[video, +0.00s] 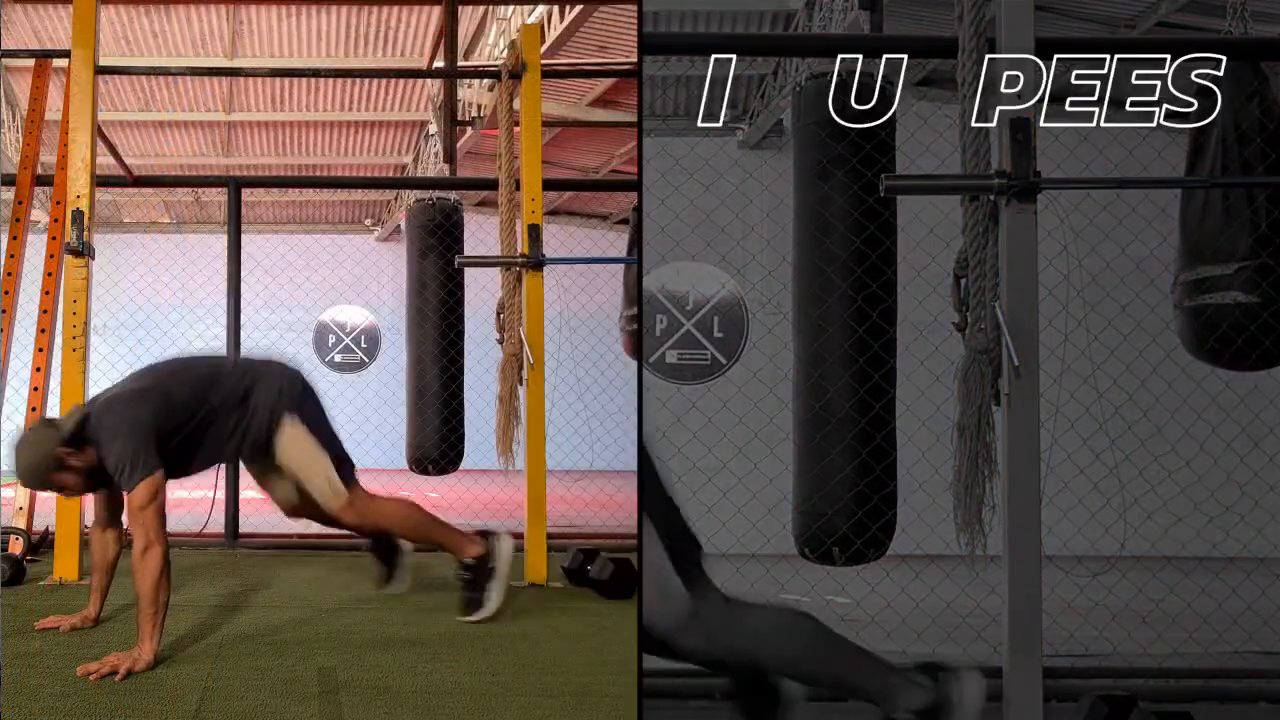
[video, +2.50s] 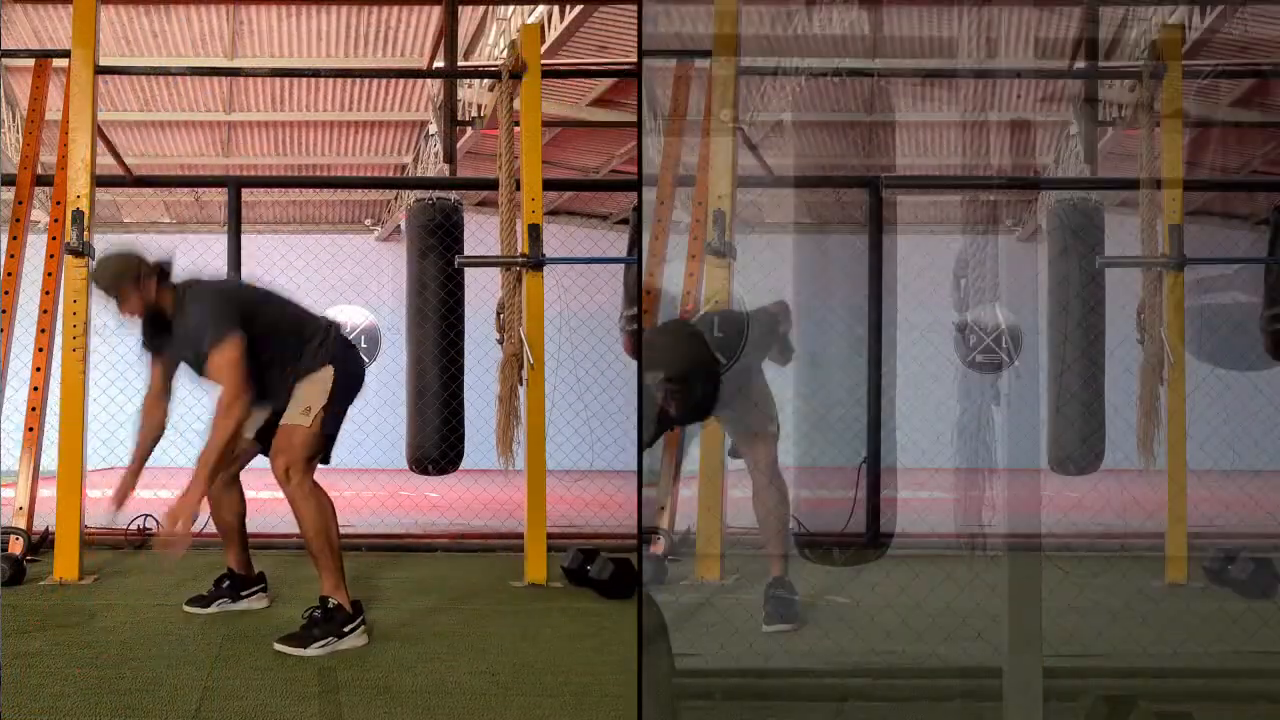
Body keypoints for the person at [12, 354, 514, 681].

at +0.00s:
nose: (69, 493)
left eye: (61, 484)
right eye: (58, 489)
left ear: (69, 459)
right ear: (65, 459)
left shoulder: (126, 432)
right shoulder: (90, 440)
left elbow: (150, 546)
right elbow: (106, 528)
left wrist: (145, 647)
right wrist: (92, 610)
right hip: (243, 423)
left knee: (344, 502)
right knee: (294, 502)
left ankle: (478, 548)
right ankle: (384, 531)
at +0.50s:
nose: (111, 282)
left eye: (112, 268)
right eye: (106, 272)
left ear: (139, 254)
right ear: (134, 259)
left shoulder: (196, 286)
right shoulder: (161, 305)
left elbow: (235, 374)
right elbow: (161, 382)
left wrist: (199, 461)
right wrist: (131, 455)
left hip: (317, 361)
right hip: (269, 377)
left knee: (278, 468)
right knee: (211, 468)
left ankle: (336, 608)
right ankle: (242, 578)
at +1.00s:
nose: (137, 172)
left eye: (140, 157)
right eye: (128, 162)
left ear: (171, 138)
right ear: (128, 161)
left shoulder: (234, 176)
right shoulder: (183, 205)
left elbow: (283, 261)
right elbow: (211, 282)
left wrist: (251, 344)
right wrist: (186, 355)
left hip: (283, 337)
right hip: (238, 342)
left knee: (291, 462)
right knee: (224, 460)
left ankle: (336, 606)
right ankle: (244, 575)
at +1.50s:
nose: (112, 496)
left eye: (108, 488)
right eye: (103, 493)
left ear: (115, 462)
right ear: (109, 456)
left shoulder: (158, 437)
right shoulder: (118, 433)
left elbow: (172, 553)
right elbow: (121, 531)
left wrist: (146, 651)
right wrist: (93, 613)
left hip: (284, 332)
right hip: (253, 351)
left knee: (303, 464)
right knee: (248, 464)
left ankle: (389, 575)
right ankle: (312, 541)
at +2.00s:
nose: (56, 491)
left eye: (50, 482)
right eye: (46, 486)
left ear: (61, 455)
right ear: (56, 452)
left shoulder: (123, 432)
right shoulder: (82, 439)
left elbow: (149, 546)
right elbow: (101, 526)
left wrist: (145, 649)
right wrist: (91, 608)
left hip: (269, 407)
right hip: (242, 433)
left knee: (348, 509)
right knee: (295, 506)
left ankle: (484, 552)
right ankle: (392, 535)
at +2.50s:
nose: (123, 308)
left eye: (124, 295)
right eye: (116, 299)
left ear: (149, 278)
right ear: (139, 287)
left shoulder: (205, 306)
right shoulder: (160, 325)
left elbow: (236, 397)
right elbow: (156, 401)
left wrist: (194, 493)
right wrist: (134, 470)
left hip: (325, 361)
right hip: (274, 379)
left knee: (291, 466)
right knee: (219, 470)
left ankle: (340, 607)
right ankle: (242, 577)